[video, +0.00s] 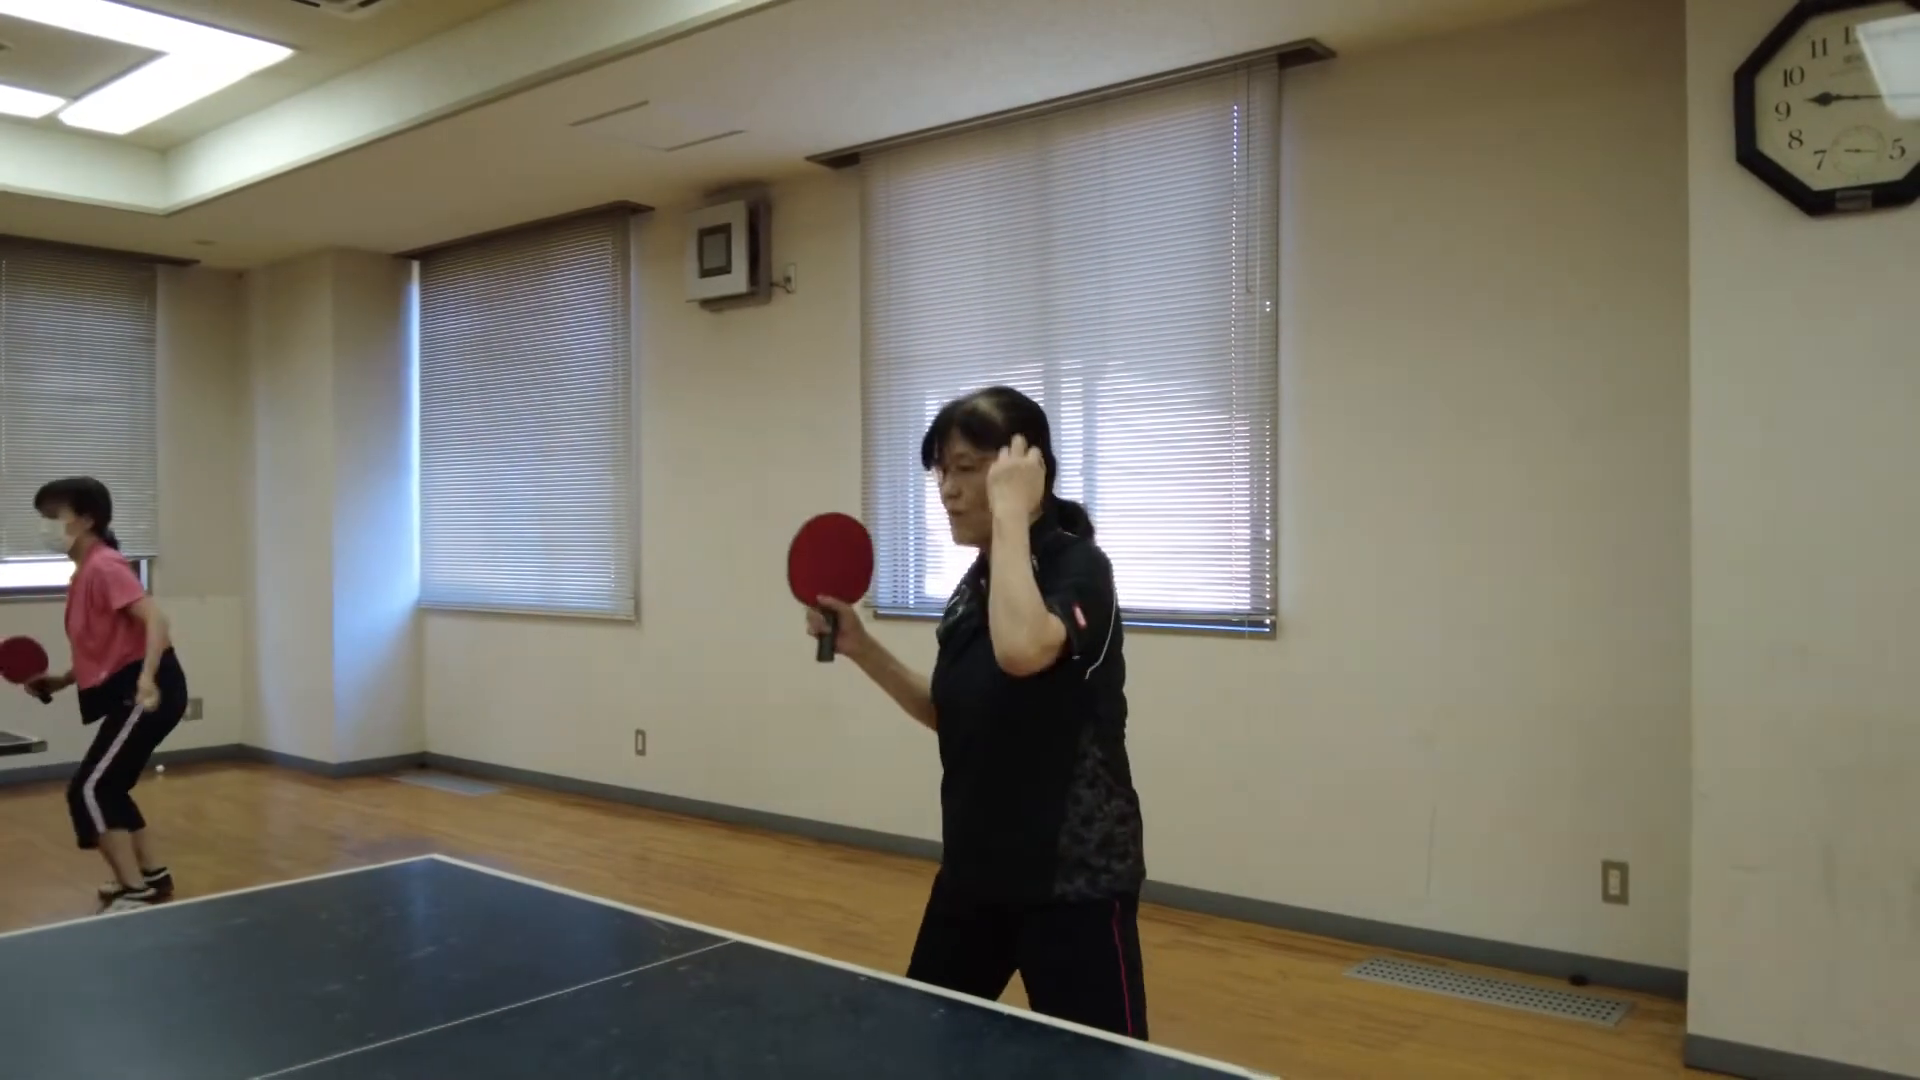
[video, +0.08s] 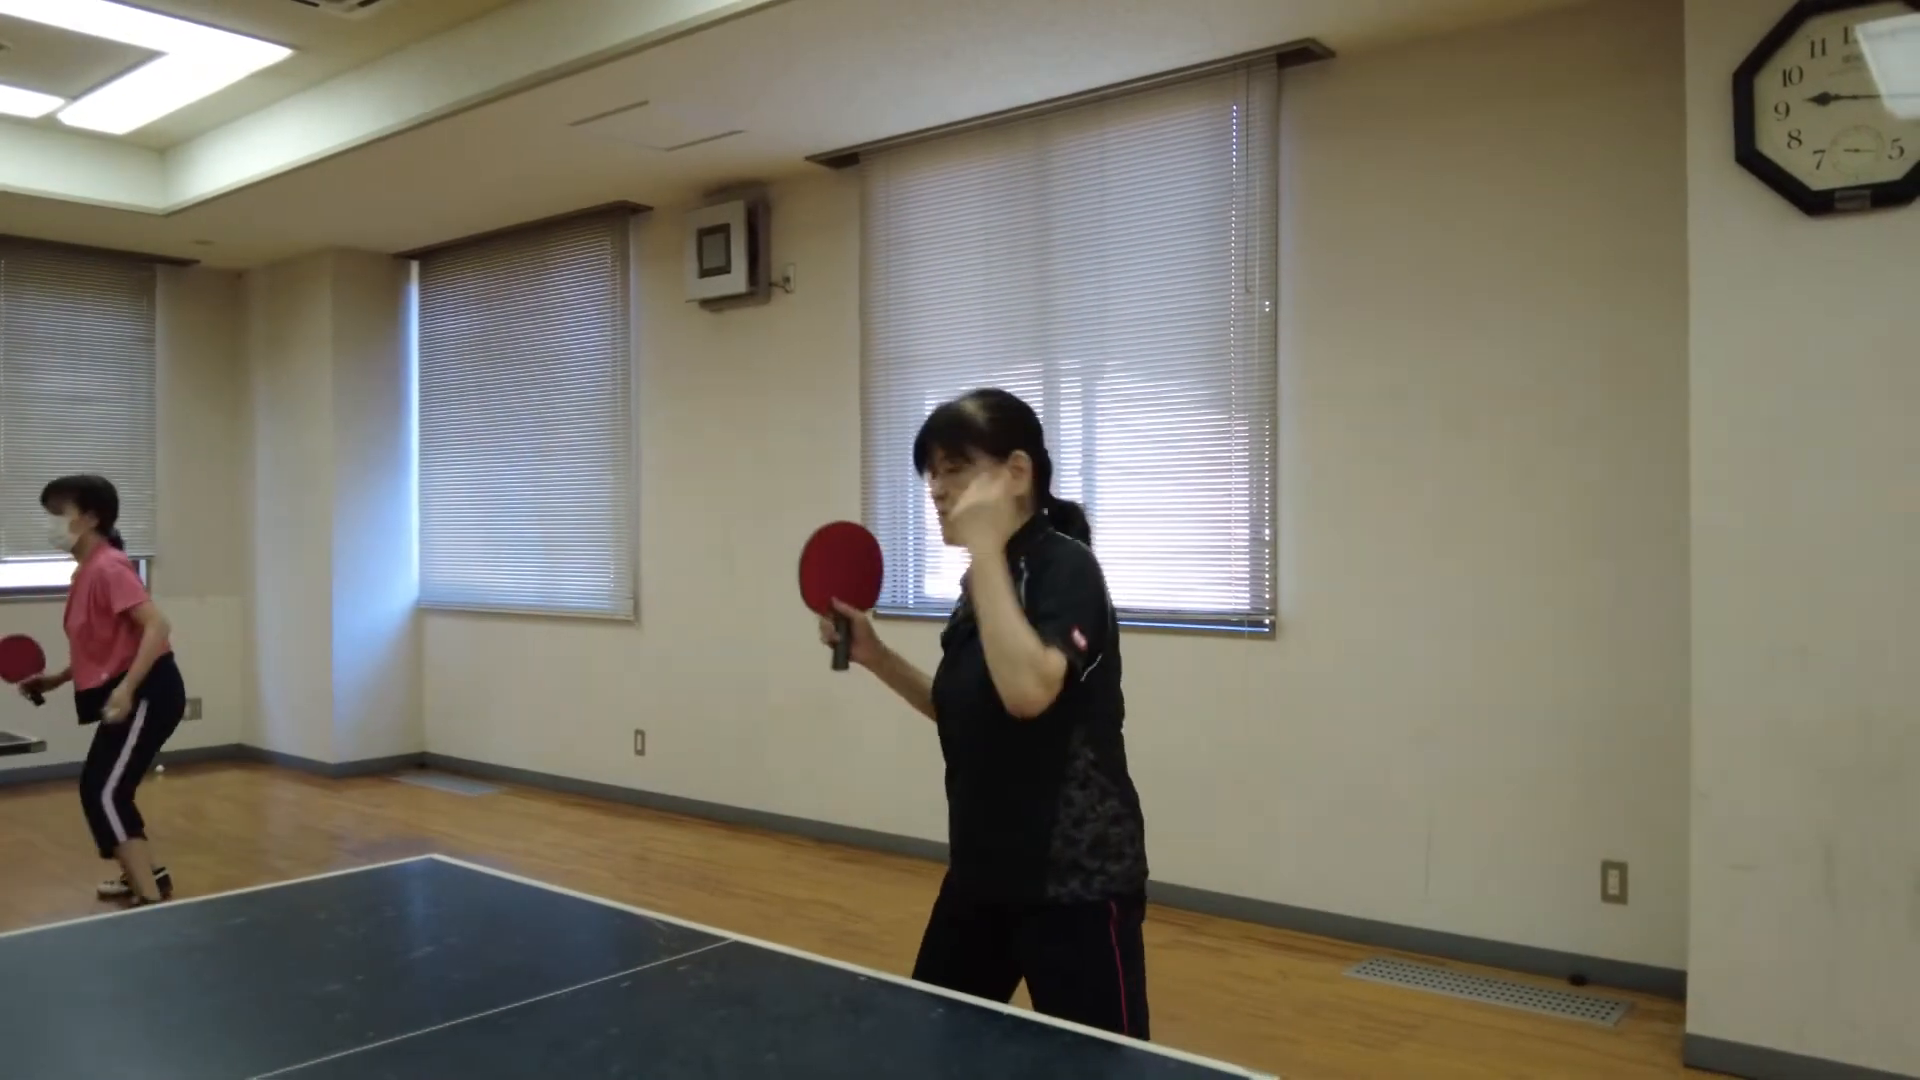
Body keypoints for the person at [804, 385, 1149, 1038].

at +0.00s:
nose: (946, 488)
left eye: (965, 470)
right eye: (941, 471)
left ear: (1021, 474)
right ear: (937, 476)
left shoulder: (1075, 565)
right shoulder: (975, 590)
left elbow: (1023, 648)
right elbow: (951, 713)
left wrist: (1013, 514)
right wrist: (862, 648)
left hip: (1074, 879)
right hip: (979, 869)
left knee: (1103, 1064)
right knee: (919, 1041)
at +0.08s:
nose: (937, 489)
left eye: (956, 468)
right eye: (931, 475)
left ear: (1018, 473)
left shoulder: (1064, 565)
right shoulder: (981, 584)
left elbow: (1029, 690)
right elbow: (963, 714)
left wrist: (984, 549)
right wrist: (875, 655)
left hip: (1077, 877)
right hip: (987, 869)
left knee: (1102, 1064)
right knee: (928, 1042)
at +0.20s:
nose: (911, 506)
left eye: (915, 485)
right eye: (910, 488)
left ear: (960, 482)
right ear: (962, 485)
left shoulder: (1031, 580)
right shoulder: (990, 585)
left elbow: (1028, 732)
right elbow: (994, 715)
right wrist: (887, 669)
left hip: (1068, 889)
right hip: (993, 876)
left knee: (1086, 1062)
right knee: (919, 1033)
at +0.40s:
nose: (852, 518)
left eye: (855, 499)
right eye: (853, 500)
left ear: (879, 503)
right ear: (929, 502)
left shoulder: (924, 595)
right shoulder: (945, 587)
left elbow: (934, 751)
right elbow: (957, 717)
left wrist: (838, 738)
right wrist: (870, 703)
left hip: (992, 888)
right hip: (955, 879)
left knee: (1036, 1054)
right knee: (857, 1010)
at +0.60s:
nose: (772, 511)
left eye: (771, 494)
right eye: (770, 495)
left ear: (791, 493)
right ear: (850, 488)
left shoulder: (816, 576)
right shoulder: (893, 565)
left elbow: (829, 717)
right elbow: (960, 688)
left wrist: (740, 802)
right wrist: (869, 720)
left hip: (905, 826)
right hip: (959, 813)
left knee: (866, 994)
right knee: (899, 995)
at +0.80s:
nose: (720, 502)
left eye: (718, 484)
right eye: (715, 487)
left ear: (748, 475)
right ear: (800, 469)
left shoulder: (758, 550)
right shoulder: (857, 547)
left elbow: (768, 673)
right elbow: (910, 666)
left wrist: (748, 816)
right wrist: (810, 684)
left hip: (811, 794)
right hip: (900, 790)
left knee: (757, 972)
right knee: (864, 976)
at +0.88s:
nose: (706, 502)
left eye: (704, 485)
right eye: (700, 488)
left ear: (735, 475)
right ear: (783, 470)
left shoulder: (736, 551)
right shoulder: (839, 550)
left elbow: (751, 670)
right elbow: (876, 669)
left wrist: (747, 805)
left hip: (785, 796)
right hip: (869, 789)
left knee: (732, 970)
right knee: (854, 975)